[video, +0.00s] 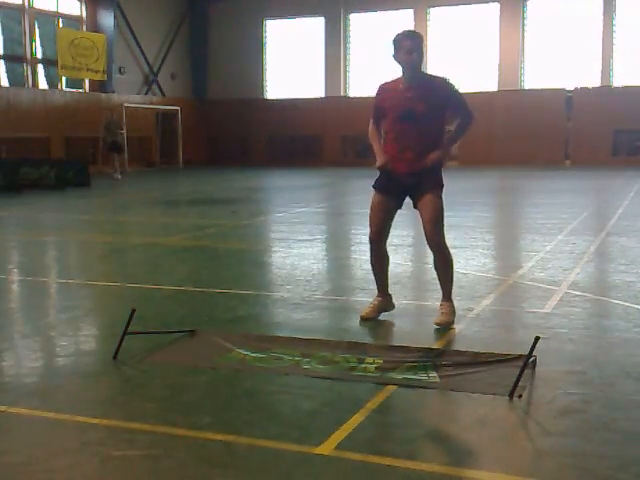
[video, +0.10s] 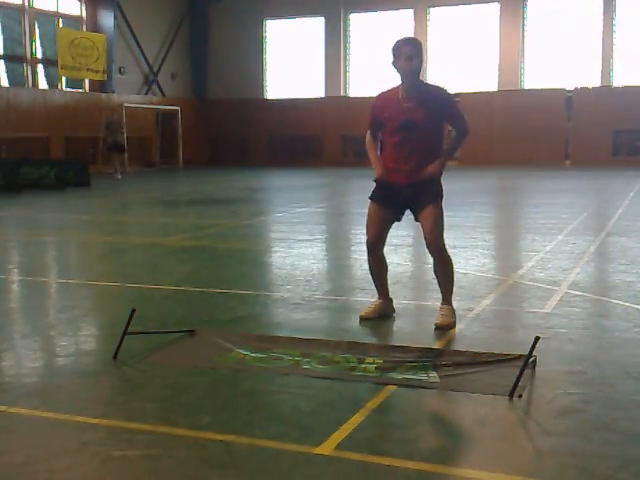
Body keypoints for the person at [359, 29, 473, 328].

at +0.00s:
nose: (412, 56)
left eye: (416, 50)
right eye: (406, 51)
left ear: (422, 54)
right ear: (396, 55)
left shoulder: (439, 86)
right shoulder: (386, 90)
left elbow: (466, 117)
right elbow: (374, 125)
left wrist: (443, 148)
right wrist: (380, 153)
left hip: (426, 174)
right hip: (391, 173)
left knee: (435, 240)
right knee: (375, 237)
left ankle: (446, 302)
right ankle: (383, 298)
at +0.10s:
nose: (410, 62)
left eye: (414, 57)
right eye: (404, 57)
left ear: (421, 61)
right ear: (394, 62)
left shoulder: (437, 97)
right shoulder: (382, 102)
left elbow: (461, 130)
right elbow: (370, 135)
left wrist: (441, 162)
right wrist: (377, 166)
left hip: (425, 183)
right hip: (389, 183)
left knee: (435, 244)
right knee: (372, 242)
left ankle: (446, 306)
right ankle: (384, 302)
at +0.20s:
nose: (409, 61)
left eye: (413, 56)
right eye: (403, 56)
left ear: (420, 60)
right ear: (393, 61)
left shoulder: (436, 95)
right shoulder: (381, 99)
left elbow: (456, 129)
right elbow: (372, 136)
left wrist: (437, 161)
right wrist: (380, 167)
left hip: (423, 181)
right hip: (388, 182)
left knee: (435, 244)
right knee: (374, 243)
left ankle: (446, 306)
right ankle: (384, 302)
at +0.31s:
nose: (409, 58)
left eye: (413, 53)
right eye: (403, 54)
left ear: (419, 56)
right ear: (392, 57)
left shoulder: (433, 91)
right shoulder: (381, 95)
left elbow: (452, 127)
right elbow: (371, 134)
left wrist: (436, 157)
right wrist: (379, 163)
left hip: (422, 178)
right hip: (387, 179)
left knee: (434, 242)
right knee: (377, 240)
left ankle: (446, 305)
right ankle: (384, 301)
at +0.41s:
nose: (408, 58)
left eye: (412, 53)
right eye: (402, 53)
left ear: (418, 56)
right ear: (391, 57)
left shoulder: (432, 91)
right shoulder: (380, 96)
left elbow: (450, 127)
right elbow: (371, 134)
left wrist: (434, 156)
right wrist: (375, 163)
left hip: (422, 180)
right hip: (386, 181)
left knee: (434, 242)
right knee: (378, 240)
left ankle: (446, 305)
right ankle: (384, 301)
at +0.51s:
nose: (405, 58)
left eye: (410, 52)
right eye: (400, 53)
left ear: (417, 56)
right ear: (390, 57)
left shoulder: (432, 91)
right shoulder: (381, 96)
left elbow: (450, 129)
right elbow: (372, 134)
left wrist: (432, 156)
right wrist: (375, 164)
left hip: (421, 179)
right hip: (386, 181)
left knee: (434, 242)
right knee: (378, 240)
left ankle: (446, 305)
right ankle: (384, 301)